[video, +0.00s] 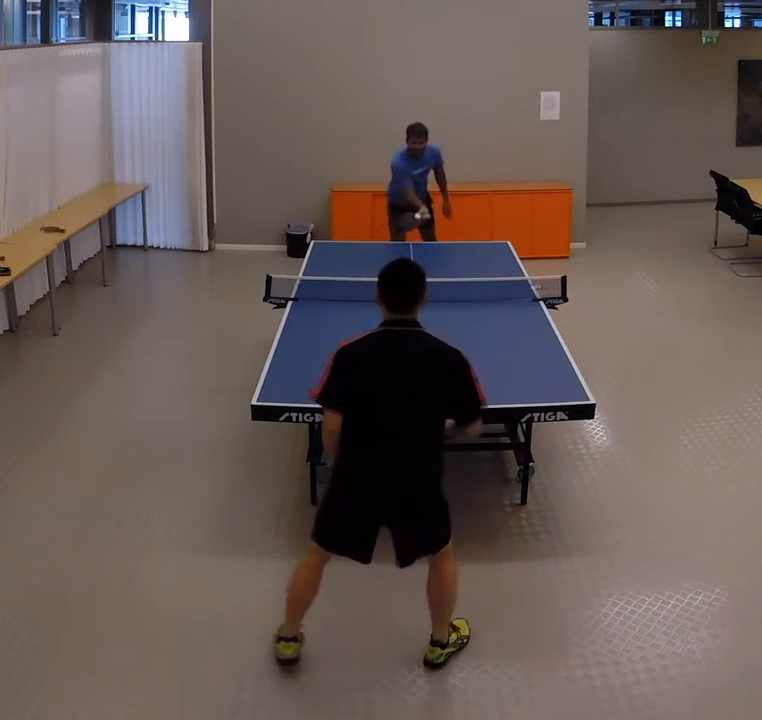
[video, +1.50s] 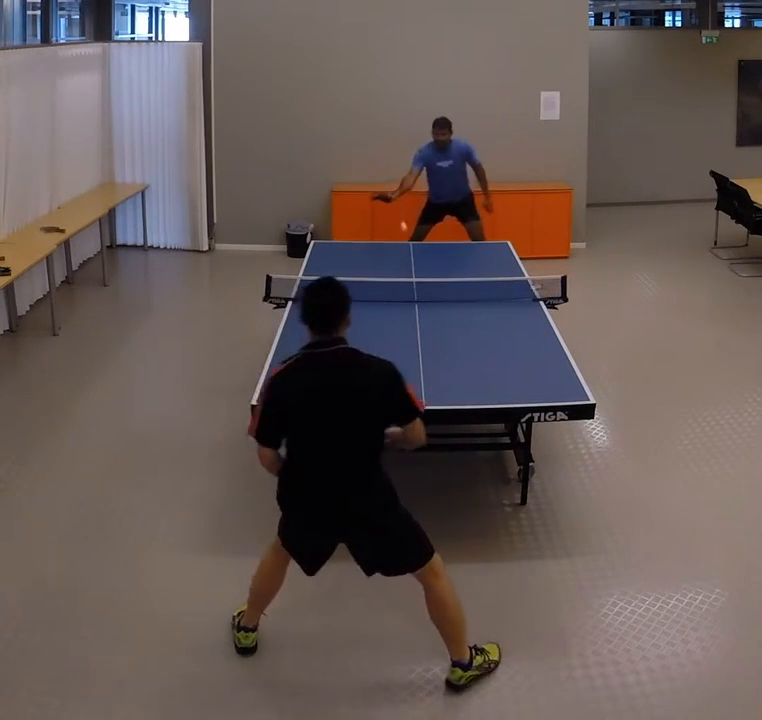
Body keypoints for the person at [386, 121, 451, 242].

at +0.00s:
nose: (417, 147)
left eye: (421, 143)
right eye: (413, 143)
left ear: (426, 141)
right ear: (407, 141)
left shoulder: (433, 153)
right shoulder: (399, 163)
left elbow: (440, 176)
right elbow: (408, 193)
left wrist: (446, 201)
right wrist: (421, 207)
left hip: (421, 198)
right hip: (398, 201)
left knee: (431, 241)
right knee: (398, 243)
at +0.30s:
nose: (424, 152)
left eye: (426, 148)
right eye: (419, 149)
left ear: (430, 146)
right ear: (411, 147)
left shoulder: (432, 151)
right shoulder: (405, 167)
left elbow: (431, 163)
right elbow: (421, 189)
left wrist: (437, 179)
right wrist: (438, 203)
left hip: (419, 197)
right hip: (399, 199)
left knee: (435, 233)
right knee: (400, 239)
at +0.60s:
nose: (444, 149)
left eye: (447, 145)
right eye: (440, 145)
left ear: (452, 145)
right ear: (433, 144)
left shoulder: (453, 158)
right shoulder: (419, 166)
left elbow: (453, 176)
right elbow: (411, 198)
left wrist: (458, 198)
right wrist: (424, 211)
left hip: (435, 202)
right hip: (413, 204)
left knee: (450, 242)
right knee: (407, 244)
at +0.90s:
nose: (453, 133)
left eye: (456, 129)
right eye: (449, 128)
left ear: (461, 130)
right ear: (442, 128)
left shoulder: (468, 150)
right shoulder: (427, 147)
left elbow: (477, 176)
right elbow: (411, 169)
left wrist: (484, 204)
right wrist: (409, 194)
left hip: (451, 203)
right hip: (425, 203)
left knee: (461, 245)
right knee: (410, 244)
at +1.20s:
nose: (427, 131)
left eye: (430, 127)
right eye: (423, 127)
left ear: (437, 127)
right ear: (418, 127)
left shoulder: (450, 144)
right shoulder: (412, 148)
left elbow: (464, 168)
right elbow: (409, 175)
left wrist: (465, 196)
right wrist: (398, 194)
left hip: (447, 199)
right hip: (422, 200)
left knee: (459, 242)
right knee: (405, 241)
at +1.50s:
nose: (439, 138)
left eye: (443, 135)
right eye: (436, 135)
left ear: (450, 134)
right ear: (432, 134)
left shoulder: (462, 149)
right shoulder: (425, 153)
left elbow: (478, 169)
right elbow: (410, 178)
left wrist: (487, 197)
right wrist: (394, 195)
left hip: (462, 200)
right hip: (436, 202)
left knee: (479, 240)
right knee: (415, 241)